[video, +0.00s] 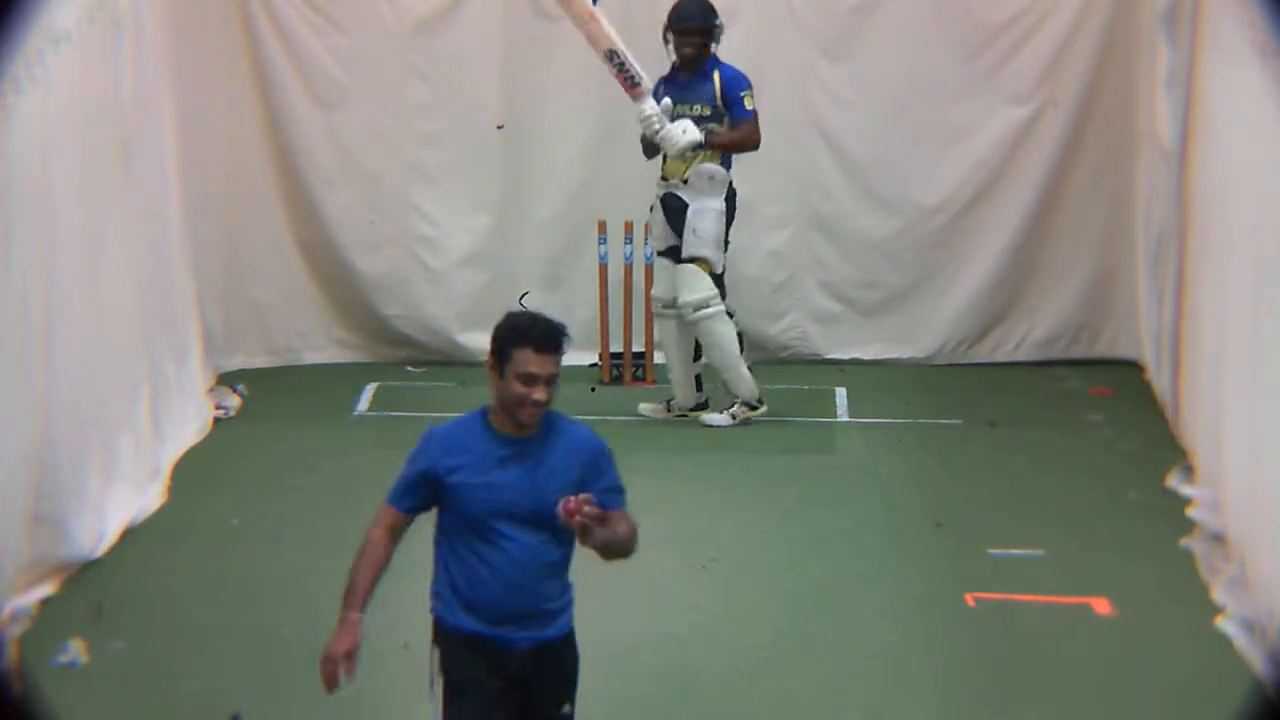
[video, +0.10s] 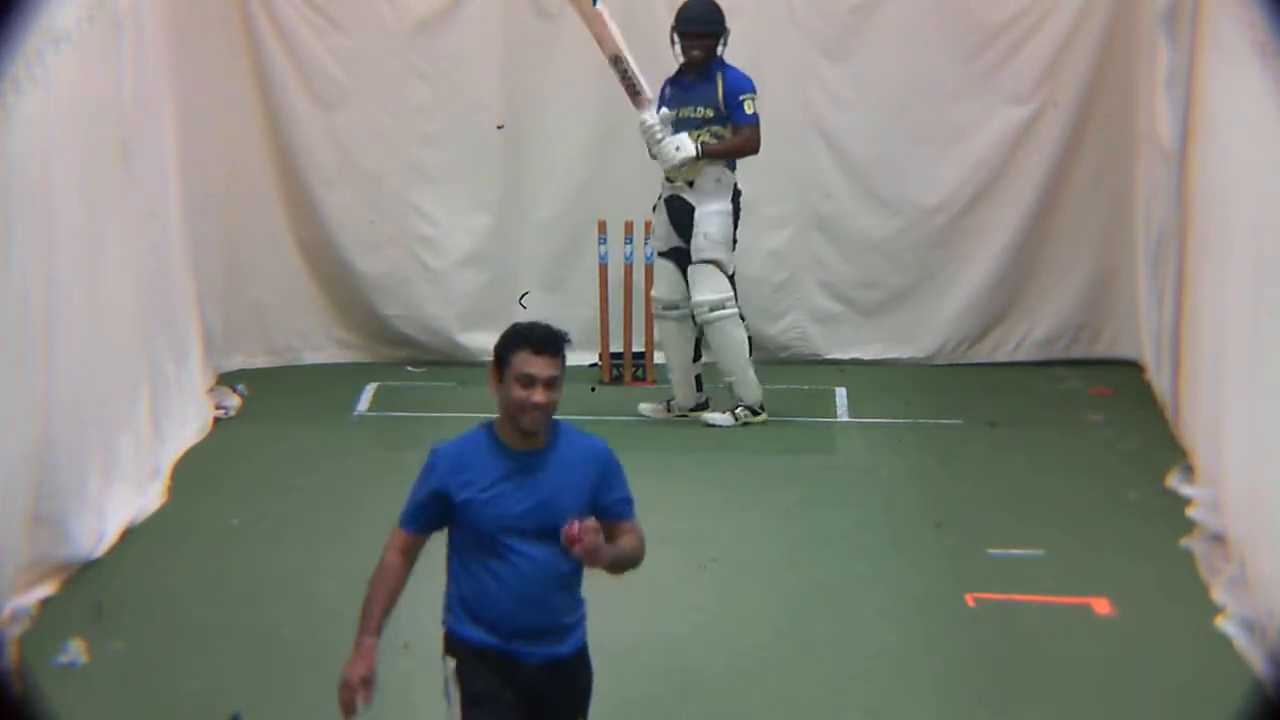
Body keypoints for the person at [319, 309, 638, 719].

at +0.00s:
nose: (540, 396)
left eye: (550, 382)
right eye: (527, 381)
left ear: (559, 378)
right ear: (493, 370)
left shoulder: (582, 449)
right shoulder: (445, 447)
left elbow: (624, 541)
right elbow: (385, 529)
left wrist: (597, 530)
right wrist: (349, 621)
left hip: (548, 643)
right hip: (468, 643)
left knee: (550, 713)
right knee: (472, 713)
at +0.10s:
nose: (539, 397)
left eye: (551, 385)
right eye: (525, 383)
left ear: (562, 388)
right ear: (496, 382)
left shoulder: (591, 458)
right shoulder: (453, 463)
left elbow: (633, 546)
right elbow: (401, 551)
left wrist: (605, 554)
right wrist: (365, 645)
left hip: (563, 659)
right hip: (482, 658)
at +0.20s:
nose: (536, 386)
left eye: (549, 374)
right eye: (523, 372)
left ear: (563, 383)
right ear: (497, 378)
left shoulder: (599, 457)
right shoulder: (458, 465)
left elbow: (637, 539)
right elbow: (417, 562)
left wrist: (610, 568)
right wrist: (396, 665)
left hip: (573, 659)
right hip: (491, 658)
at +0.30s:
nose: (541, 375)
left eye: (555, 363)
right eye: (527, 361)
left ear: (572, 374)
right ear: (505, 371)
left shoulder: (609, 451)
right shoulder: (467, 458)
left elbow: (649, 532)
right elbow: (429, 554)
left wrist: (613, 573)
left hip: (582, 658)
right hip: (495, 659)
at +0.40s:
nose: (554, 375)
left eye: (568, 363)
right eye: (540, 361)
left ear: (586, 375)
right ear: (518, 371)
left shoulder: (619, 454)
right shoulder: (477, 457)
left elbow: (658, 536)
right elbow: (434, 548)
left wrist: (621, 576)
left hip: (595, 664)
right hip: (505, 665)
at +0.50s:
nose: (570, 388)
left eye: (584, 377)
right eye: (557, 374)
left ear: (600, 388)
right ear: (535, 383)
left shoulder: (633, 471)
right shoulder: (490, 469)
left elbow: (668, 557)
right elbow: (446, 564)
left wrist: (633, 587)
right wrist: (532, 590)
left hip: (606, 678)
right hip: (515, 680)